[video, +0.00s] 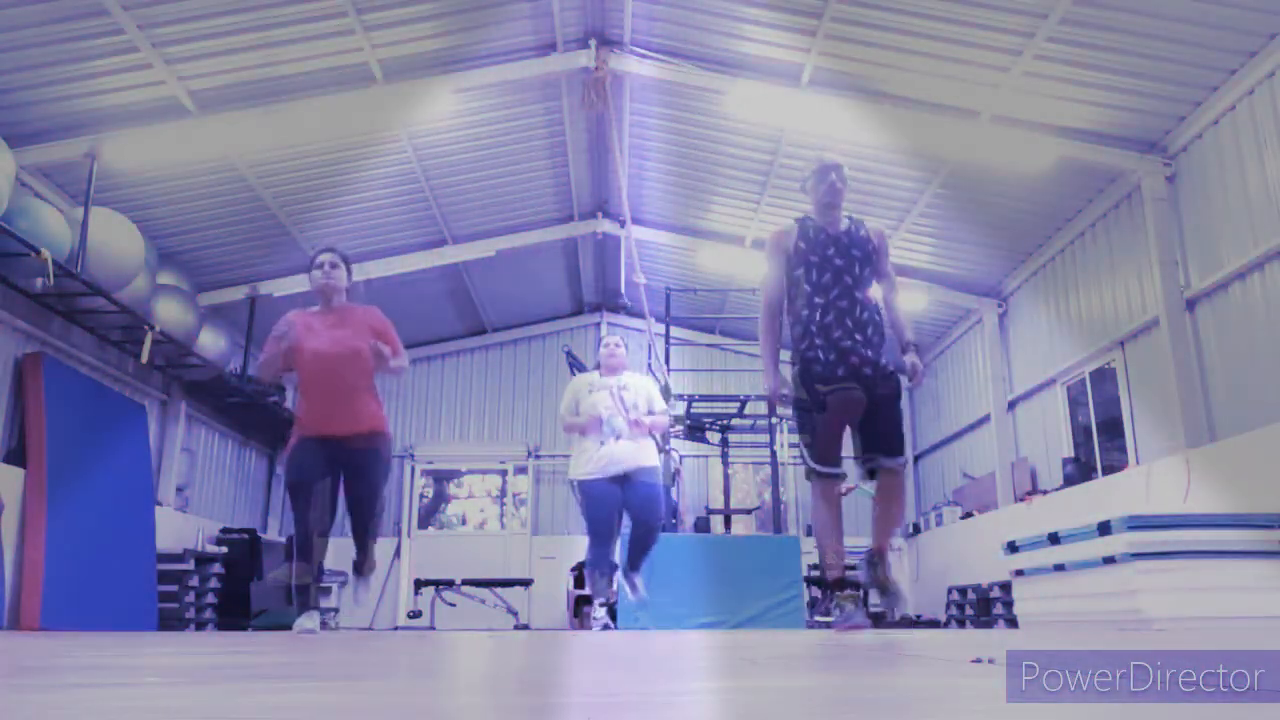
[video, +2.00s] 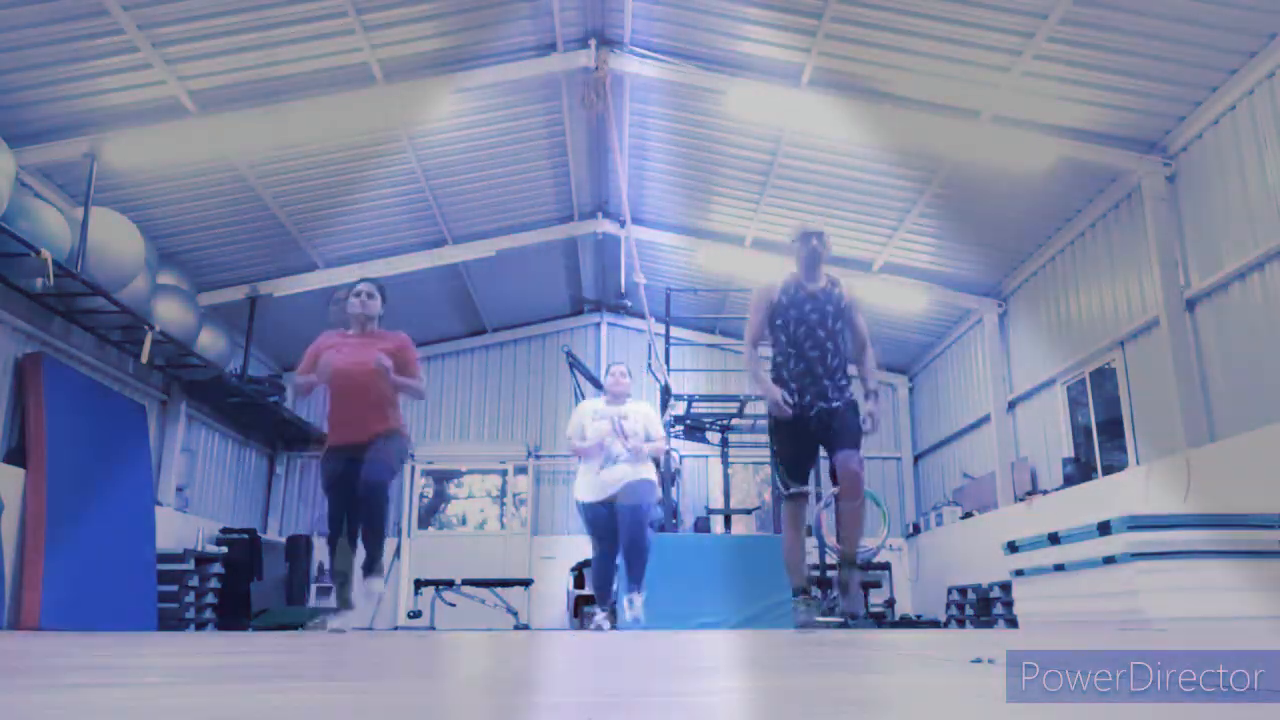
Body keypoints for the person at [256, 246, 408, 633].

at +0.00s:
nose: (326, 271)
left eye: (334, 266)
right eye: (319, 267)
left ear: (348, 277)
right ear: (309, 279)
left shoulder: (369, 316)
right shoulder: (296, 320)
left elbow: (402, 364)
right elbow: (264, 375)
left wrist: (387, 360)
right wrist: (276, 345)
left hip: (364, 431)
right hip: (313, 432)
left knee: (364, 510)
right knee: (301, 495)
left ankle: (364, 554)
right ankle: (306, 607)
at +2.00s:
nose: (362, 300)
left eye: (370, 296)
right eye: (356, 295)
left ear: (381, 306)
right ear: (346, 305)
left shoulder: (397, 341)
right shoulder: (327, 341)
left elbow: (420, 389)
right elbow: (296, 385)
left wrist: (391, 377)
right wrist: (316, 378)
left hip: (385, 436)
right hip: (341, 441)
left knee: (372, 482)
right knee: (339, 517)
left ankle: (373, 569)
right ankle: (343, 604)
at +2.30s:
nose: (372, 319)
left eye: (380, 315)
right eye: (367, 314)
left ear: (392, 326)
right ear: (357, 325)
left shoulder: (408, 364)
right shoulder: (341, 364)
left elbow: (429, 412)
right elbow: (325, 416)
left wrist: (410, 403)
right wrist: (334, 402)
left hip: (390, 460)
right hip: (346, 464)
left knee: (373, 524)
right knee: (351, 538)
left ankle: (370, 608)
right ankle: (366, 608)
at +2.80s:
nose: (364, 303)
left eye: (372, 298)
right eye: (358, 298)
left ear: (386, 307)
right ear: (351, 308)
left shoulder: (403, 344)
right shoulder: (339, 346)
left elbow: (424, 394)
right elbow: (327, 392)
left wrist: (386, 385)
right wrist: (325, 386)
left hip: (388, 445)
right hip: (347, 439)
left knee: (383, 525)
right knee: (338, 487)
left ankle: (380, 598)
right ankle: (333, 556)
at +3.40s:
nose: (348, 295)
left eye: (356, 290)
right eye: (342, 289)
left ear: (370, 301)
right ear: (333, 299)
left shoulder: (388, 342)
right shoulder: (315, 344)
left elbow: (408, 391)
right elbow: (303, 398)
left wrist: (391, 396)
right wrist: (317, 391)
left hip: (377, 431)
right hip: (329, 442)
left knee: (353, 449)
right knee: (331, 529)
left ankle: (359, 539)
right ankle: (341, 610)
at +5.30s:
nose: (322, 231)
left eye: (333, 226)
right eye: (315, 226)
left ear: (349, 244)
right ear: (304, 238)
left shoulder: (363, 296)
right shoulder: (274, 289)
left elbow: (386, 358)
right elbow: (252, 349)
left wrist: (375, 390)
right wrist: (251, 384)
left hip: (330, 418)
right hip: (272, 418)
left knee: (308, 495)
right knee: (283, 510)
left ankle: (302, 609)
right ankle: (307, 602)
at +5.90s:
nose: (300, 203)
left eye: (312, 198)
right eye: (294, 197)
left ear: (333, 215)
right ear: (285, 210)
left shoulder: (350, 263)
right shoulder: (265, 261)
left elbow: (380, 328)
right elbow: (262, 323)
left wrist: (344, 342)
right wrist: (234, 352)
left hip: (331, 397)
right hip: (270, 389)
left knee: (335, 499)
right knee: (243, 461)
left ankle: (343, 605)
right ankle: (241, 573)